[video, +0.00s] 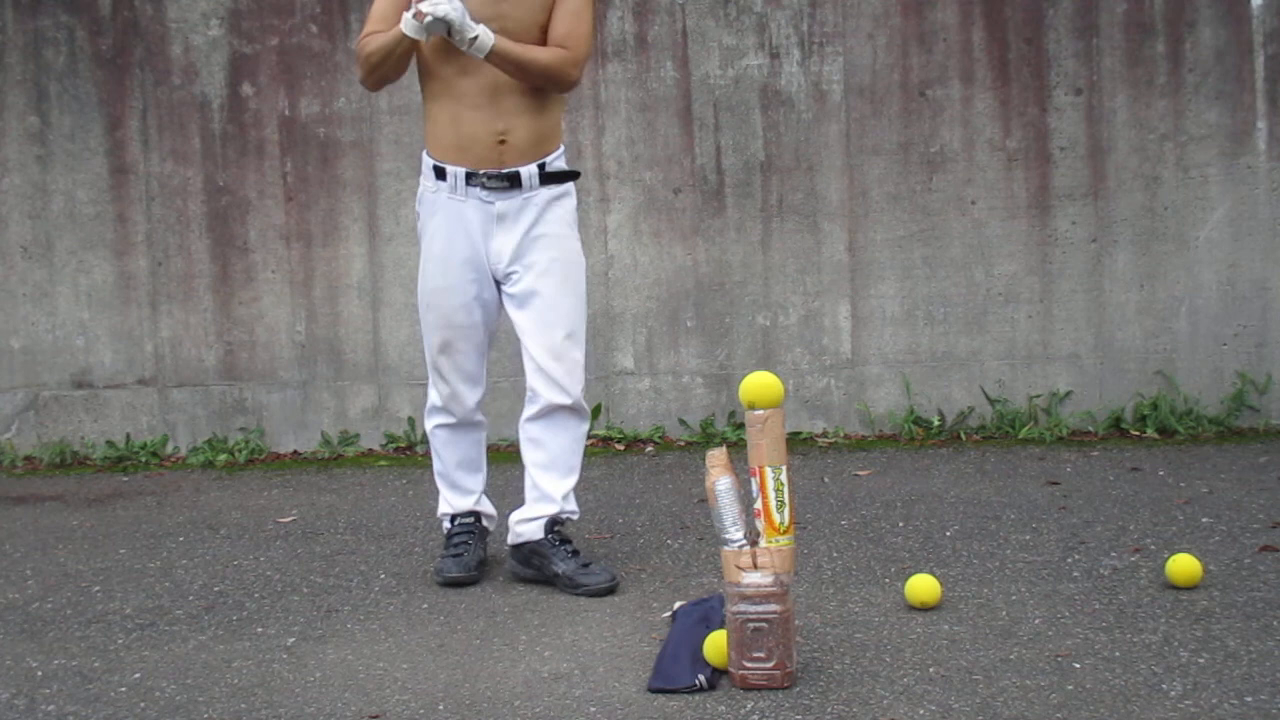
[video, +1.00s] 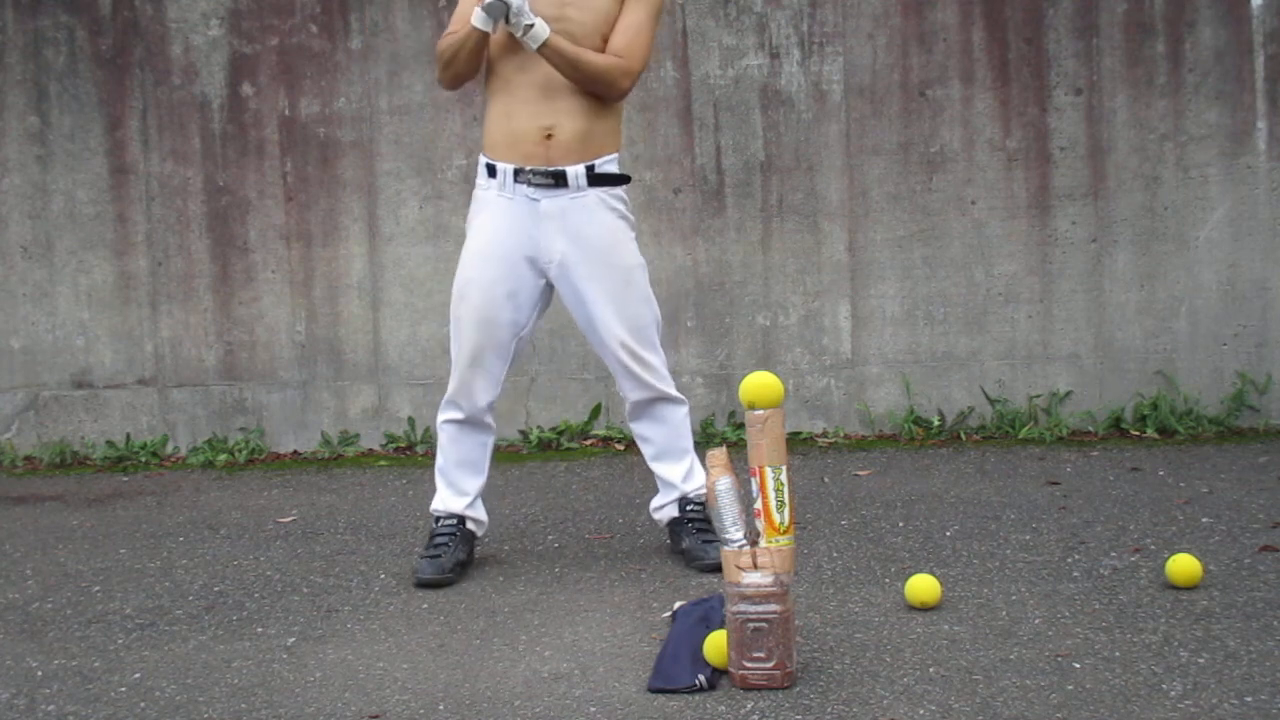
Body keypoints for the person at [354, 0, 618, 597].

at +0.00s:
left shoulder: (568, 1)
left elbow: (566, 71)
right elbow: (370, 72)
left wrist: (480, 39)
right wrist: (413, 27)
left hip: (543, 199)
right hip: (450, 200)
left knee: (559, 378)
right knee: (453, 380)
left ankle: (541, 532)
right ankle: (462, 521)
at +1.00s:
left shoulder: (639, 1)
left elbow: (617, 79)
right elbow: (449, 74)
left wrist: (533, 30)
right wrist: (485, 19)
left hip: (592, 198)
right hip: (501, 197)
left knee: (641, 365)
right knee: (470, 374)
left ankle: (686, 507)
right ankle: (453, 518)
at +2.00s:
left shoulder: (633, 1)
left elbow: (633, 78)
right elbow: (465, 93)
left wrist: (578, 16)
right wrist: (494, 18)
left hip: (606, 196)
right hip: (513, 198)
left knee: (647, 364)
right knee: (480, 374)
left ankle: (686, 507)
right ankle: (455, 517)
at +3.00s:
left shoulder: (632, 0)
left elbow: (626, 66)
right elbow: (464, 94)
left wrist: (549, 13)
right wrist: (485, 16)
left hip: (605, 195)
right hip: (513, 197)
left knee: (647, 363)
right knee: (480, 373)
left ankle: (686, 507)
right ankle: (455, 517)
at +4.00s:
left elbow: (628, 69)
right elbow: (460, 88)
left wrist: (560, 15)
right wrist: (500, 16)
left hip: (605, 195)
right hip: (513, 197)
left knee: (647, 362)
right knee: (480, 373)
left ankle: (686, 507)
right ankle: (455, 517)